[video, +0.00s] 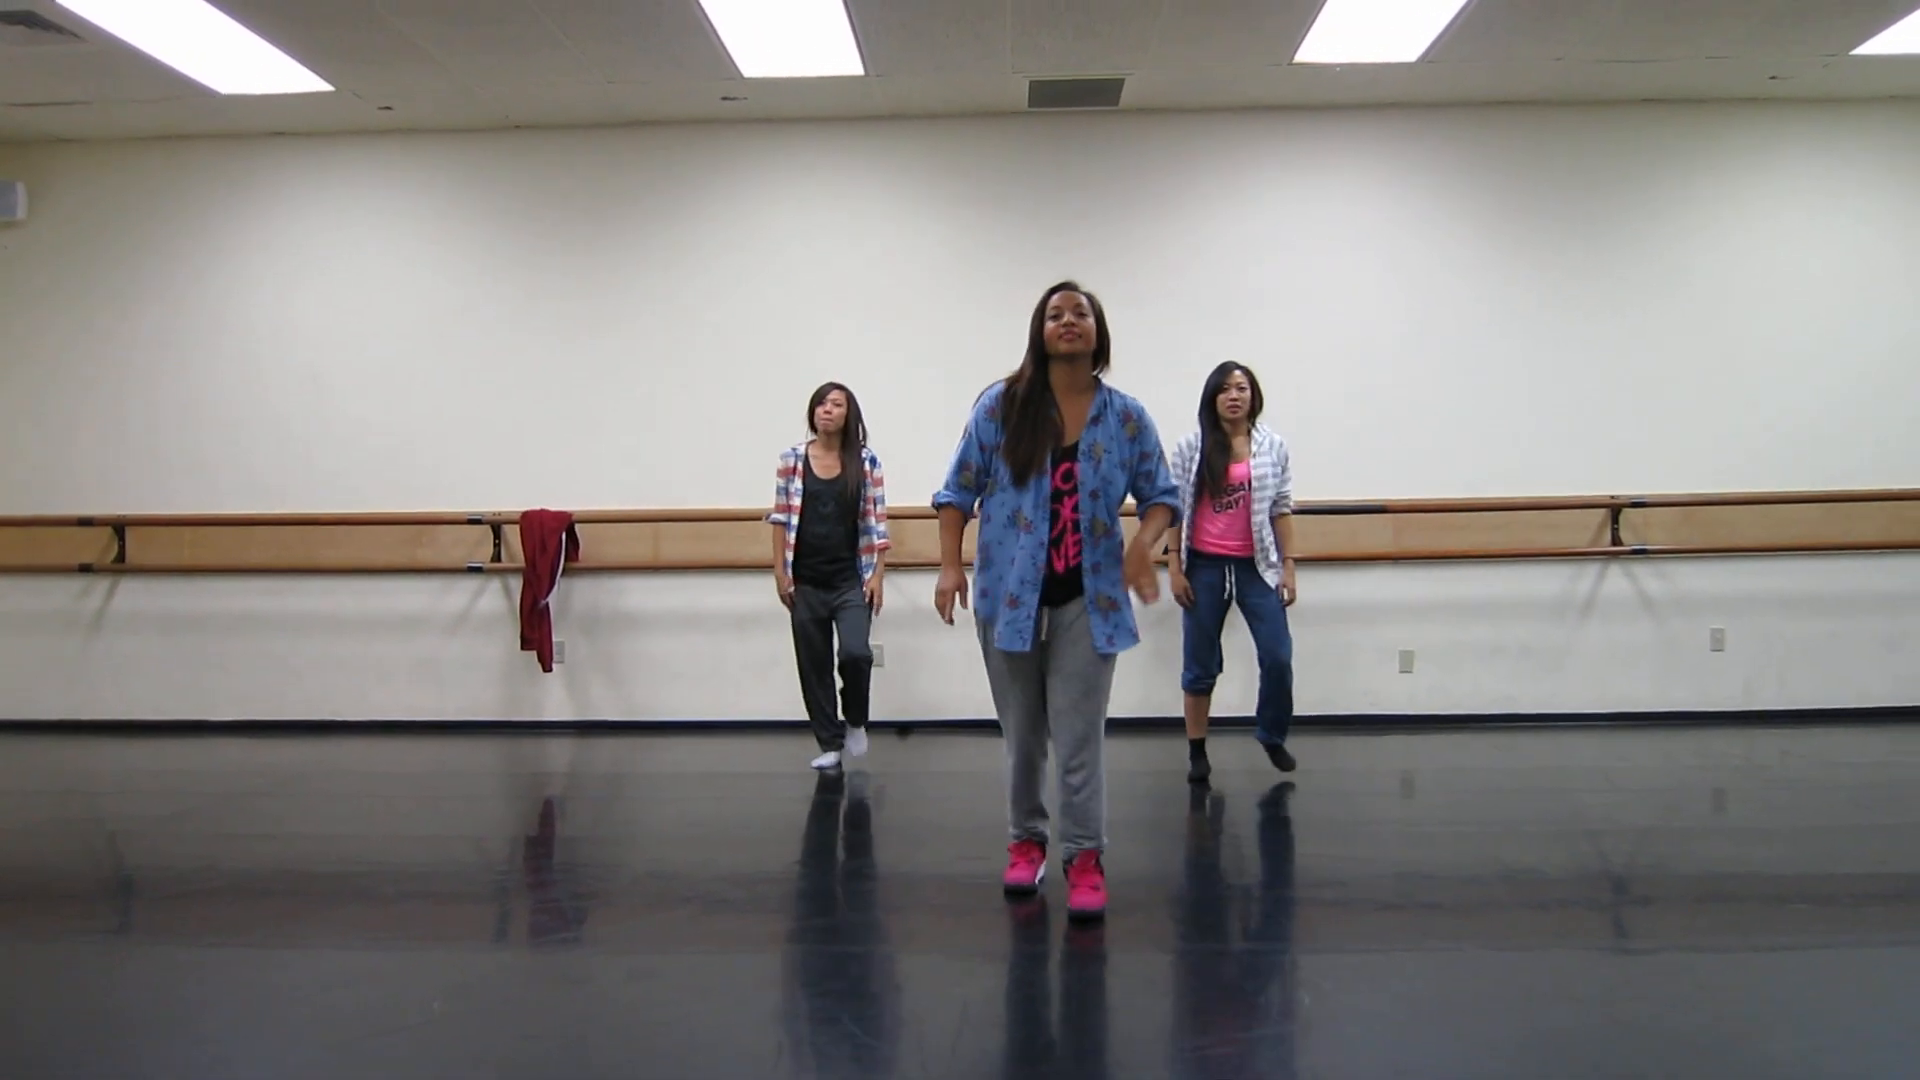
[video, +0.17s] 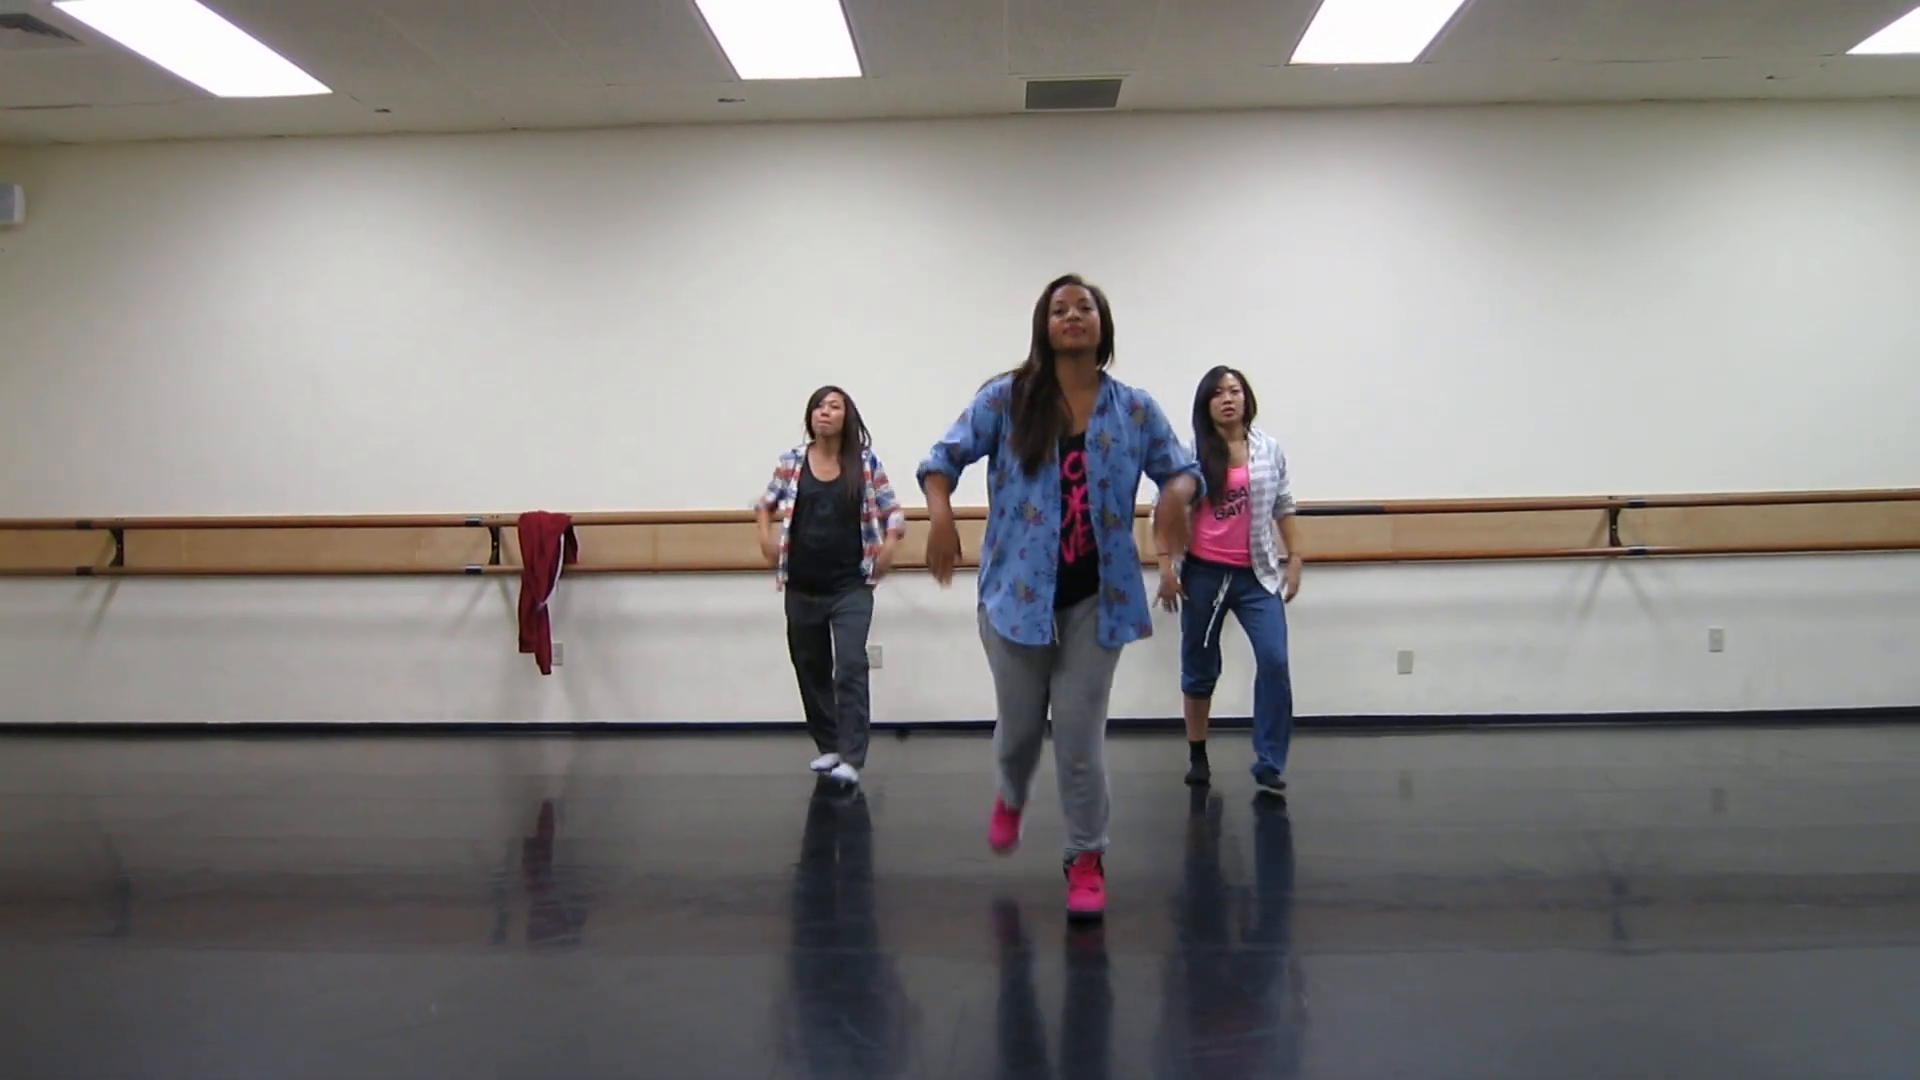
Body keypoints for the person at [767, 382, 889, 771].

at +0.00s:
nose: (828, 409)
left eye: (837, 405)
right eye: (822, 403)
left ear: (849, 415)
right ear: (812, 412)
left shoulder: (867, 461)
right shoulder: (793, 459)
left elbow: (878, 521)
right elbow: (780, 519)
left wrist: (877, 574)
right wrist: (780, 571)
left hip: (852, 582)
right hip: (806, 584)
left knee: (855, 654)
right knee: (814, 669)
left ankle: (856, 723)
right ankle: (829, 745)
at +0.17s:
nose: (827, 411)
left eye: (835, 406)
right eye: (820, 406)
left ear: (848, 418)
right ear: (810, 416)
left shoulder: (866, 462)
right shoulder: (792, 462)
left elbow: (894, 515)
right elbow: (765, 505)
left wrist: (887, 549)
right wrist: (766, 541)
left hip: (851, 588)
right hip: (802, 590)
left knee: (850, 669)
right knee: (813, 674)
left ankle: (850, 760)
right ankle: (829, 750)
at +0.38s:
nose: (821, 419)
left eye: (827, 412)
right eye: (813, 415)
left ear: (842, 421)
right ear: (804, 429)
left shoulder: (867, 470)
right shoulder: (791, 474)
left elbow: (913, 507)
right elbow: (749, 515)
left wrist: (915, 462)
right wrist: (756, 467)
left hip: (854, 596)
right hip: (802, 597)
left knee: (850, 676)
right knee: (812, 681)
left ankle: (847, 768)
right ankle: (838, 691)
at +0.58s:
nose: (813, 415)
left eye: (820, 408)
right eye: (805, 412)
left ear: (835, 415)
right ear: (798, 425)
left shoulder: (855, 459)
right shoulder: (793, 461)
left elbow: (839, 492)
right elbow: (775, 473)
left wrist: (802, 505)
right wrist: (778, 475)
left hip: (843, 590)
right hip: (795, 585)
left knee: (847, 684)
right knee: (779, 654)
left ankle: (844, 766)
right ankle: (770, 737)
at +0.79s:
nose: (795, 402)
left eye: (801, 393)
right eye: (788, 399)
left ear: (820, 400)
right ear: (782, 413)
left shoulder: (840, 436)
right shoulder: (774, 449)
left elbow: (868, 459)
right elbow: (722, 456)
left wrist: (810, 459)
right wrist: (762, 439)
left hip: (834, 579)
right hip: (780, 580)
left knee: (862, 657)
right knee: (757, 667)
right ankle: (730, 763)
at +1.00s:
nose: (783, 416)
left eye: (789, 407)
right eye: (775, 413)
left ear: (807, 411)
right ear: (771, 426)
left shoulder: (834, 453)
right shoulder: (763, 462)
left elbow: (875, 443)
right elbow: (706, 458)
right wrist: (740, 448)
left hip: (829, 593)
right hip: (776, 594)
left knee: (857, 677)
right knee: (759, 683)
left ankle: (909, 751)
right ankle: (738, 774)